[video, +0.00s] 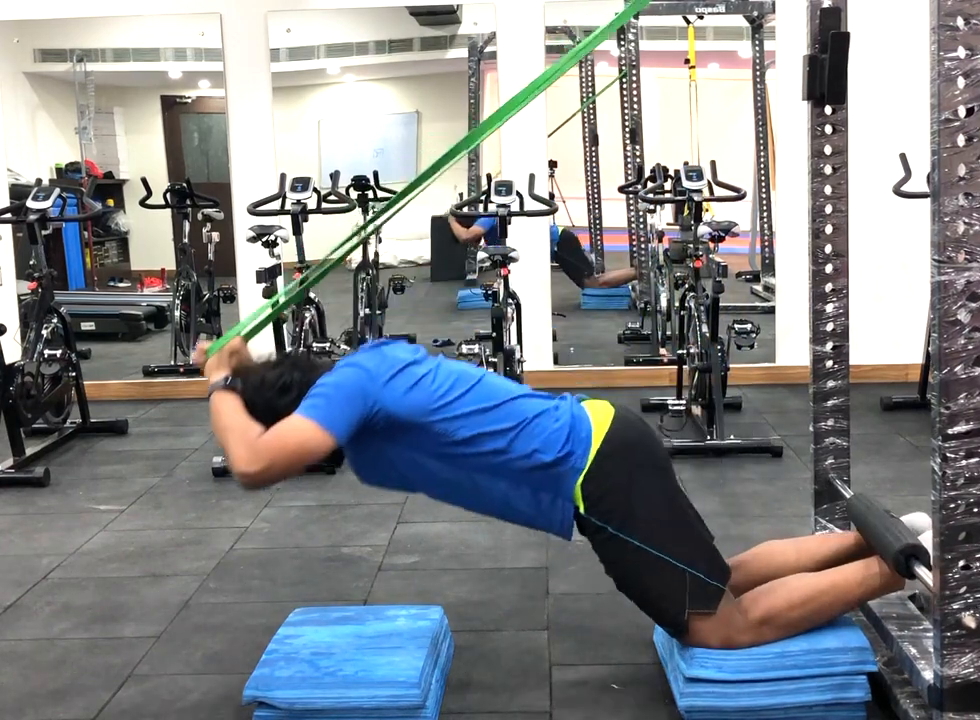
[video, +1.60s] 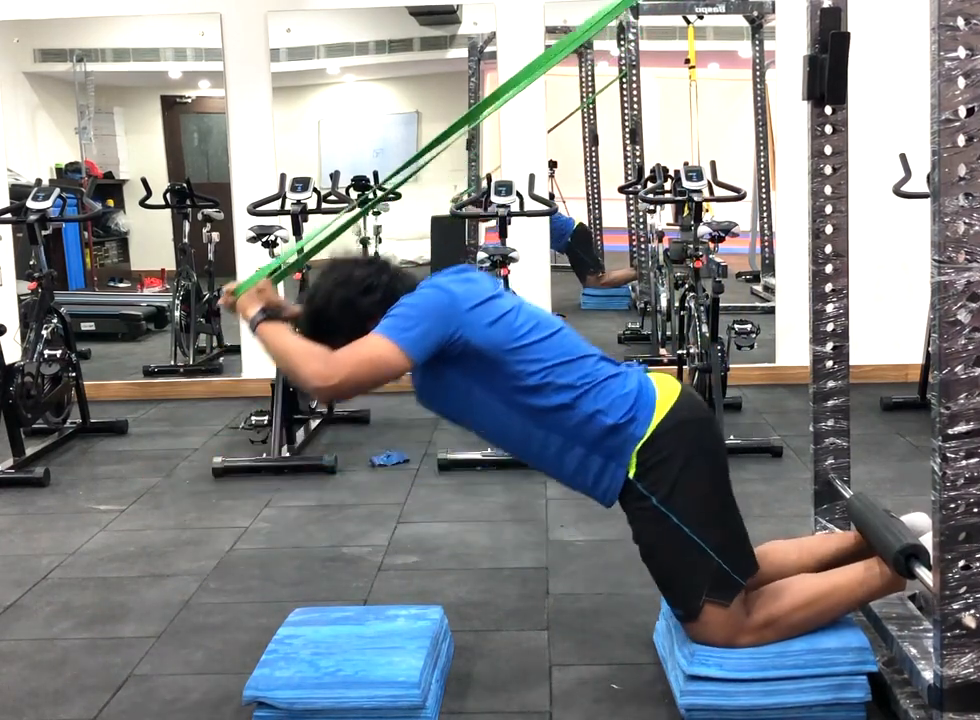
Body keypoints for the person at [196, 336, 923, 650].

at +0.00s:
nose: (286, 441)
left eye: (279, 430)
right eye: (280, 432)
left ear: (295, 407)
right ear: (304, 374)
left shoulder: (359, 376)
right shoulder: (368, 371)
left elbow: (248, 462)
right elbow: (274, 457)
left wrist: (217, 386)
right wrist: (239, 386)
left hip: (601, 467)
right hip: (596, 457)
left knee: (723, 631)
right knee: (707, 594)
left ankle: (903, 568)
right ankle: (860, 535)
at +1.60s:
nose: (344, 351)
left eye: (340, 338)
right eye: (337, 339)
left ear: (361, 317)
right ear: (377, 302)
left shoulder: (437, 302)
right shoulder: (438, 299)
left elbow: (329, 376)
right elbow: (342, 370)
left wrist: (259, 322)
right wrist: (276, 322)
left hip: (651, 442)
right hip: (653, 423)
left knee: (724, 622)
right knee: (727, 578)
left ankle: (896, 569)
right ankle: (861, 537)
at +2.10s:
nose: (501, 207)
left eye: (502, 193)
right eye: (490, 196)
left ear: (531, 175)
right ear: (545, 164)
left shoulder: (602, 189)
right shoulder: (581, 217)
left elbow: (482, 208)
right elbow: (487, 204)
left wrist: (423, 128)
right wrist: (437, 138)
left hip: (718, 428)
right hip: (684, 437)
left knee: (725, 624)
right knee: (717, 579)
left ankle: (905, 577)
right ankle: (869, 546)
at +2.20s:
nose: (534, 179)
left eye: (536, 165)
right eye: (529, 165)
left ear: (567, 150)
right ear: (577, 150)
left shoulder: (635, 176)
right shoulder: (600, 207)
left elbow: (515, 172)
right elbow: (519, 176)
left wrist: (468, 91)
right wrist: (483, 105)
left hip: (724, 429)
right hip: (691, 432)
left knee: (721, 623)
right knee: (715, 576)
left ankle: (899, 581)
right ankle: (865, 552)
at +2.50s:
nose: (606, 155)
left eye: (608, 140)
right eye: (601, 142)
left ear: (641, 132)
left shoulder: (703, 165)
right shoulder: (659, 196)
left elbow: (587, 145)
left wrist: (545, 58)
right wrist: (575, 167)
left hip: (735, 426)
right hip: (699, 427)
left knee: (725, 621)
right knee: (706, 575)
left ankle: (905, 590)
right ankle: (872, 557)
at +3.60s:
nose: (449, 217)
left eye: (448, 204)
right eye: (443, 206)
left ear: (472, 189)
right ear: (493, 173)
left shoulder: (542, 206)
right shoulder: (527, 225)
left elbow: (419, 220)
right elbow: (426, 221)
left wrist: (391, 129)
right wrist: (398, 144)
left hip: (668, 433)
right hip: (647, 437)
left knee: (720, 621)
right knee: (712, 584)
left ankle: (900, 572)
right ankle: (860, 541)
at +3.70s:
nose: (424, 237)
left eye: (424, 223)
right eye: (417, 225)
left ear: (447, 207)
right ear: (471, 190)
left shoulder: (511, 222)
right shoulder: (515, 222)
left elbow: (385, 242)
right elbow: (394, 243)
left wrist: (365, 157)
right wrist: (373, 160)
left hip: (653, 436)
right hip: (646, 432)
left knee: (719, 625)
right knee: (712, 585)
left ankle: (898, 573)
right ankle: (866, 542)